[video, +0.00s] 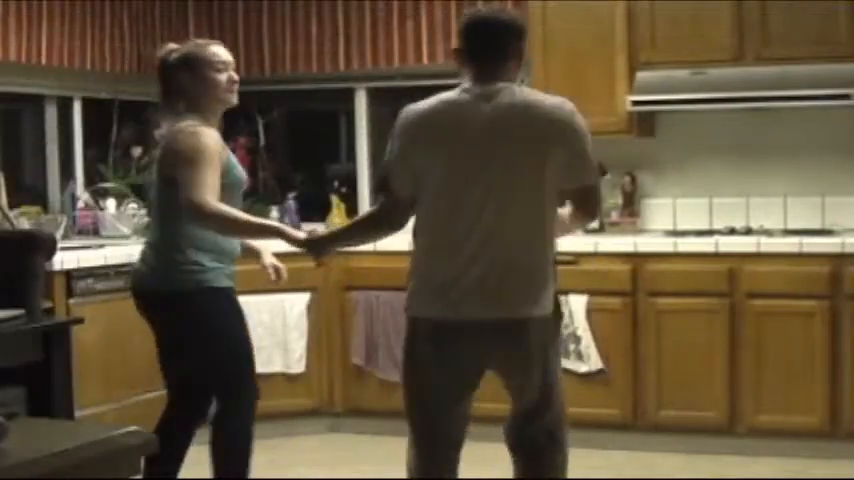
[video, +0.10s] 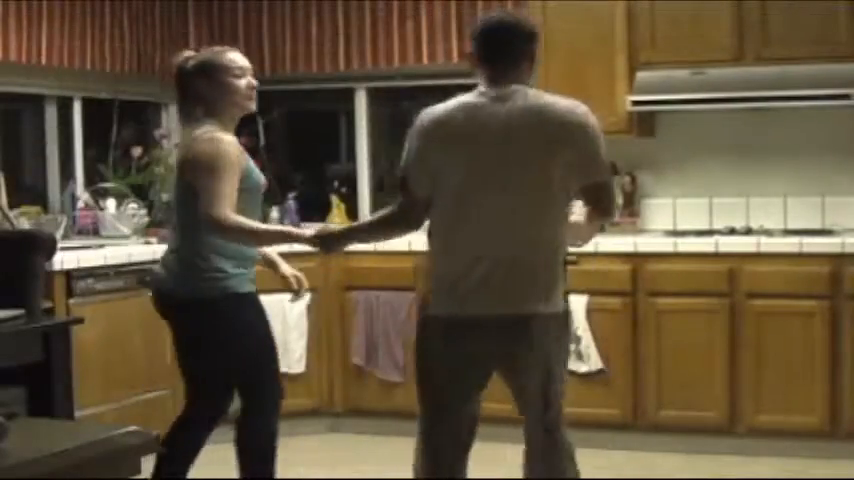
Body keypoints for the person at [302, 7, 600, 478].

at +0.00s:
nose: (517, 62)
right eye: (519, 55)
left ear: (460, 57)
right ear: (520, 56)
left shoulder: (419, 119)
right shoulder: (557, 116)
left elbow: (392, 214)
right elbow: (588, 209)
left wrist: (324, 241)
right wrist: (552, 221)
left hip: (440, 319)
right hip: (525, 318)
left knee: (433, 456)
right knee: (541, 439)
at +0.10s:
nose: (525, 66)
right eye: (529, 57)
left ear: (474, 60)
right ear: (531, 59)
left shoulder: (436, 123)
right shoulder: (570, 119)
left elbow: (410, 214)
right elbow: (602, 208)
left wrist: (339, 237)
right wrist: (574, 232)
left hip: (454, 316)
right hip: (536, 315)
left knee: (442, 446)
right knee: (546, 435)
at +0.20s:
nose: (545, 74)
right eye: (547, 66)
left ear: (493, 70)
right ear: (548, 67)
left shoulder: (457, 132)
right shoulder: (589, 126)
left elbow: (434, 221)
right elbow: (621, 207)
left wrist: (367, 221)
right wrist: (585, 227)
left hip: (473, 318)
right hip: (551, 318)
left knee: (449, 440)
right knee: (555, 437)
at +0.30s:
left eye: (512, 69)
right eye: (568, 69)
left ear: (514, 71)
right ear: (567, 70)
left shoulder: (484, 135)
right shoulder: (609, 127)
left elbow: (453, 217)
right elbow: (637, 205)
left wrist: (390, 188)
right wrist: (599, 209)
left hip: (501, 313)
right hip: (576, 314)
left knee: (452, 418)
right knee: (567, 434)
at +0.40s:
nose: (525, 73)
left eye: (526, 66)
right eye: (586, 64)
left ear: (532, 67)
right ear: (585, 65)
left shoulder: (502, 128)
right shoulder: (625, 123)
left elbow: (469, 200)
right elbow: (651, 196)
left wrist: (422, 165)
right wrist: (623, 203)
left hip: (519, 305)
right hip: (594, 304)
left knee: (479, 409)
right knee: (580, 422)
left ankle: (496, 478)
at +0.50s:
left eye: (553, 64)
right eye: (598, 63)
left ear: (548, 65)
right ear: (600, 64)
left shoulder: (514, 125)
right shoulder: (639, 123)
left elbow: (486, 194)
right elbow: (664, 195)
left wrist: (444, 165)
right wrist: (620, 181)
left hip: (533, 300)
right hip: (606, 298)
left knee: (517, 427)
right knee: (604, 406)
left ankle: (525, 477)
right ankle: (580, 476)